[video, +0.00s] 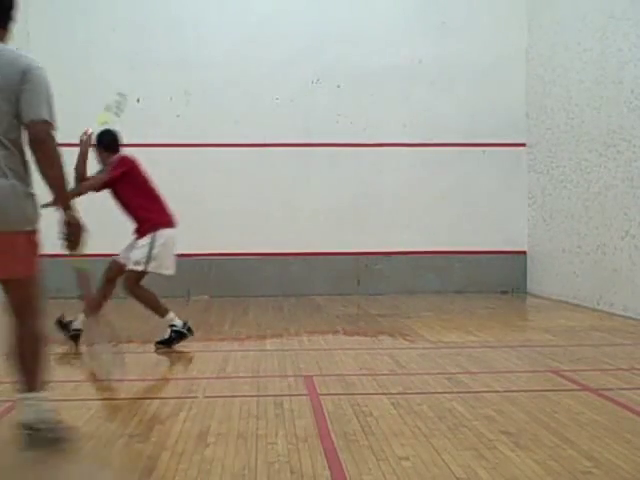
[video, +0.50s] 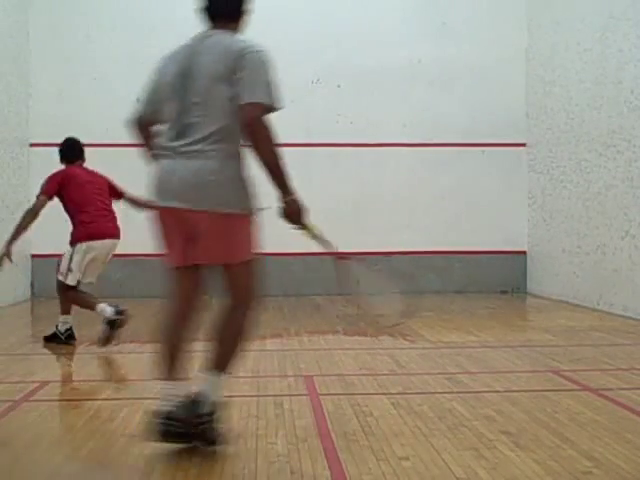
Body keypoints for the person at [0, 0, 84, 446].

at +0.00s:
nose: (11, 21)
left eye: (9, 15)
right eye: (11, 15)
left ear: (6, 22)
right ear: (9, 18)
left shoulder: (22, 69)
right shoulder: (22, 69)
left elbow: (39, 140)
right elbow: (41, 138)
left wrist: (64, 207)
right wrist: (66, 208)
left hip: (13, 217)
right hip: (10, 215)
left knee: (27, 313)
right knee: (26, 312)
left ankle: (33, 407)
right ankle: (33, 407)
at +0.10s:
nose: (46, 39)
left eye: (43, 31)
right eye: (43, 31)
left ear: (4, 32)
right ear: (35, 34)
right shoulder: (42, 86)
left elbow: (73, 160)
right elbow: (79, 164)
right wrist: (112, 226)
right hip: (22, 221)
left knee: (77, 309)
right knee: (79, 310)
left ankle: (105, 413)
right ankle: (105, 414)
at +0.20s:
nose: (85, 55)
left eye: (75, 46)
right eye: (85, 48)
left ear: (45, 49)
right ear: (84, 51)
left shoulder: (13, 96)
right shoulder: (87, 104)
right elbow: (124, 174)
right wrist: (172, 233)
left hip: (5, 232)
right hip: (58, 238)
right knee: (128, 316)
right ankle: (146, 429)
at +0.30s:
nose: (143, 49)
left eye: (135, 41)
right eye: (143, 42)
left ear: (105, 44)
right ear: (141, 46)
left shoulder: (74, 90)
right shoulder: (146, 95)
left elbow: (34, 152)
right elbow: (181, 162)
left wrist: (71, 189)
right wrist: (221, 222)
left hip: (58, 224)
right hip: (116, 227)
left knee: (17, 322)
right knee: (161, 319)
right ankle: (151, 428)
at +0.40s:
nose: (193, 25)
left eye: (183, 18)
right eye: (194, 19)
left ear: (158, 24)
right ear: (195, 25)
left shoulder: (129, 71)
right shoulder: (202, 71)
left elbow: (90, 133)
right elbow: (220, 135)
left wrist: (116, 174)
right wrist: (256, 198)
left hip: (114, 205)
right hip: (172, 208)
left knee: (100, 306)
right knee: (183, 315)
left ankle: (70, 400)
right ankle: (159, 421)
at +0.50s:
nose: (241, 13)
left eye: (230, 9)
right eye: (243, 9)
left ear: (206, 12)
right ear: (242, 12)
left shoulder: (177, 56)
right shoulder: (246, 53)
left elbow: (141, 120)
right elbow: (252, 120)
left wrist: (164, 162)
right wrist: (287, 192)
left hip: (171, 189)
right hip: (221, 192)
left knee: (185, 293)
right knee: (242, 295)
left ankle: (170, 403)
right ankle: (204, 399)